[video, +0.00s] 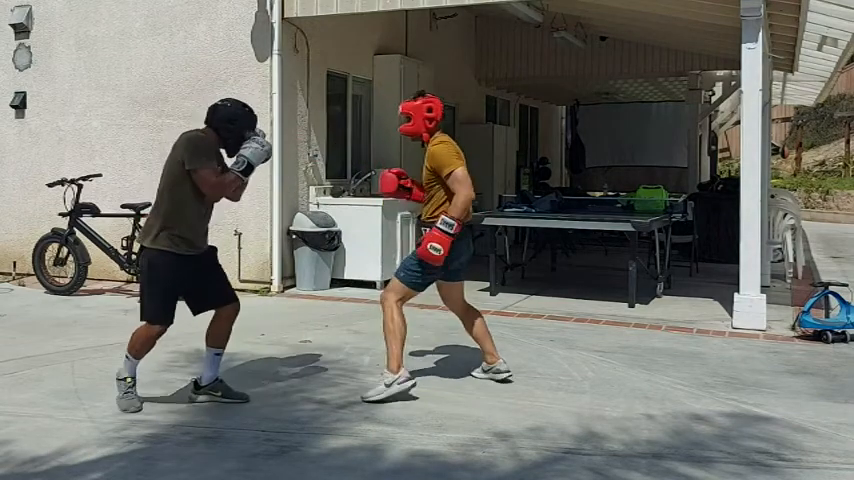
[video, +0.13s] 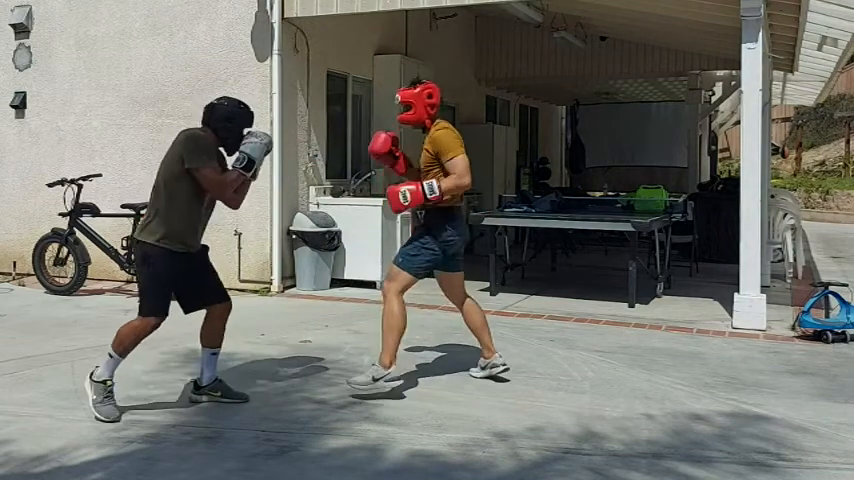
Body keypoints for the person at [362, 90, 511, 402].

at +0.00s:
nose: (405, 123)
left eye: (409, 118)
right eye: (405, 118)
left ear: (425, 119)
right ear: (427, 119)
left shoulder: (440, 147)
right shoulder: (438, 146)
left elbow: (465, 194)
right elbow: (445, 197)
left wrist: (443, 233)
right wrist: (412, 191)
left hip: (441, 236)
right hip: (457, 236)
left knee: (391, 297)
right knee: (456, 301)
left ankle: (396, 373)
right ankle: (494, 362)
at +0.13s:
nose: (403, 113)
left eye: (407, 106)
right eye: (403, 107)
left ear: (425, 106)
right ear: (424, 107)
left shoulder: (442, 133)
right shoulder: (434, 135)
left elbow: (463, 180)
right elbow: (426, 181)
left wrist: (421, 192)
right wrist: (396, 161)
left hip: (437, 229)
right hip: (447, 227)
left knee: (392, 288)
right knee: (459, 295)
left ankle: (386, 368)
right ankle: (492, 358)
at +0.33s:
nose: (396, 129)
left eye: (398, 123)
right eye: (394, 124)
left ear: (412, 123)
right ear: (415, 124)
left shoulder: (434, 150)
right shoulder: (417, 149)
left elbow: (407, 186)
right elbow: (381, 175)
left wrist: (395, 146)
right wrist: (368, 141)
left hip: (429, 245)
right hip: (438, 243)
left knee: (392, 310)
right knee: (454, 307)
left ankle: (367, 386)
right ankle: (494, 365)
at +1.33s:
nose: (351, 139)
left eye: (353, 133)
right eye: (350, 134)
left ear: (366, 134)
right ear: (374, 131)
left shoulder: (390, 155)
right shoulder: (374, 159)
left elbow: (367, 191)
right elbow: (341, 188)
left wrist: (356, 151)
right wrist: (328, 154)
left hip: (386, 253)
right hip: (393, 251)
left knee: (336, 310)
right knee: (412, 312)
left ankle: (324, 389)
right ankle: (461, 361)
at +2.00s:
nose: (337, 128)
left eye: (340, 121)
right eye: (336, 123)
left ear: (357, 118)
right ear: (364, 119)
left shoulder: (367, 138)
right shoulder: (373, 145)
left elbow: (349, 162)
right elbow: (338, 184)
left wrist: (315, 143)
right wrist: (314, 158)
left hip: (371, 240)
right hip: (392, 239)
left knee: (322, 306)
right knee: (397, 303)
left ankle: (319, 386)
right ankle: (433, 361)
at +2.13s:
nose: (329, 129)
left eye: (331, 123)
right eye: (329, 124)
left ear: (345, 121)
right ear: (362, 122)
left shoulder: (347, 141)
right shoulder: (386, 150)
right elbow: (362, 194)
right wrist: (328, 180)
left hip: (372, 246)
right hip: (399, 242)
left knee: (326, 310)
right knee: (401, 300)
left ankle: (320, 389)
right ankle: (441, 362)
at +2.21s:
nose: (329, 131)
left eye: (332, 125)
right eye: (328, 126)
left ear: (347, 122)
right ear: (361, 122)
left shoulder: (350, 145)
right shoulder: (388, 151)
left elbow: (310, 161)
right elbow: (371, 191)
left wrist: (270, 156)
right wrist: (338, 186)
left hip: (371, 247)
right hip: (400, 243)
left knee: (326, 310)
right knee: (410, 308)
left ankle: (320, 389)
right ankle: (451, 366)